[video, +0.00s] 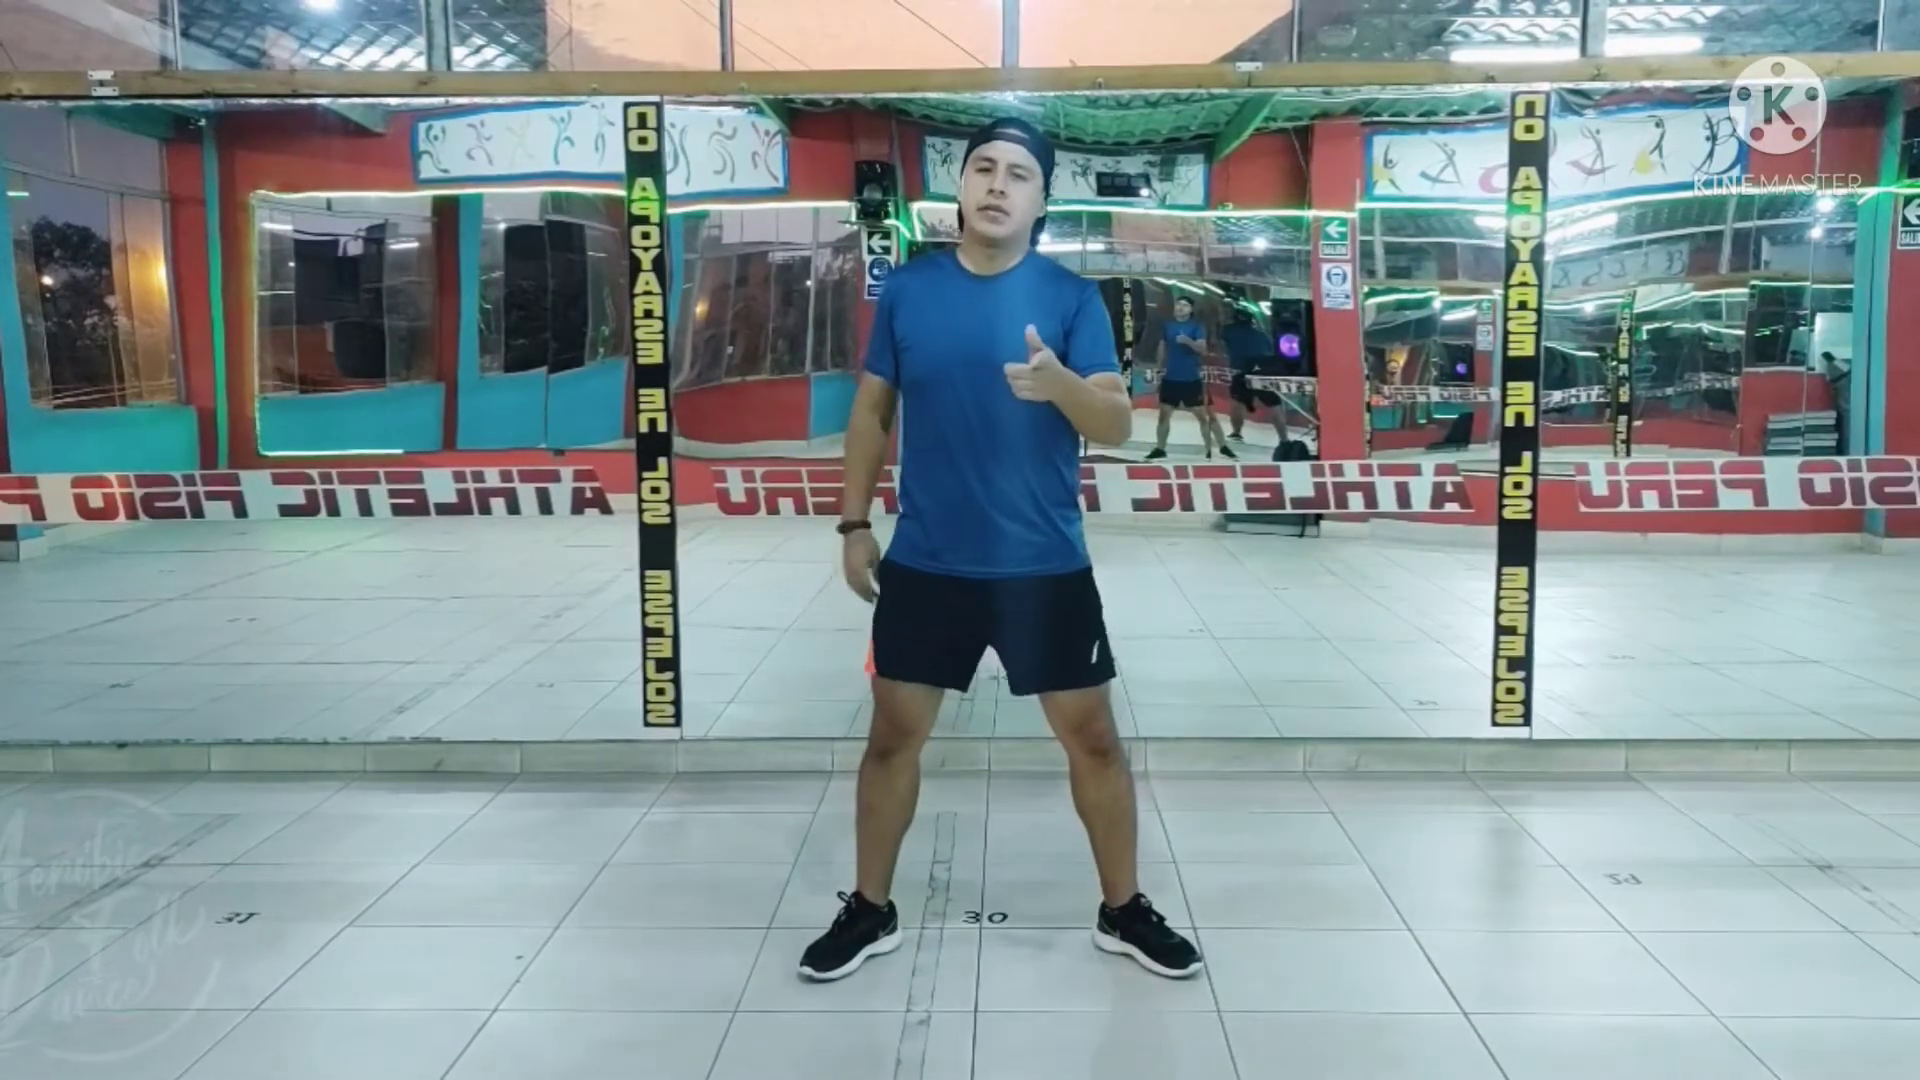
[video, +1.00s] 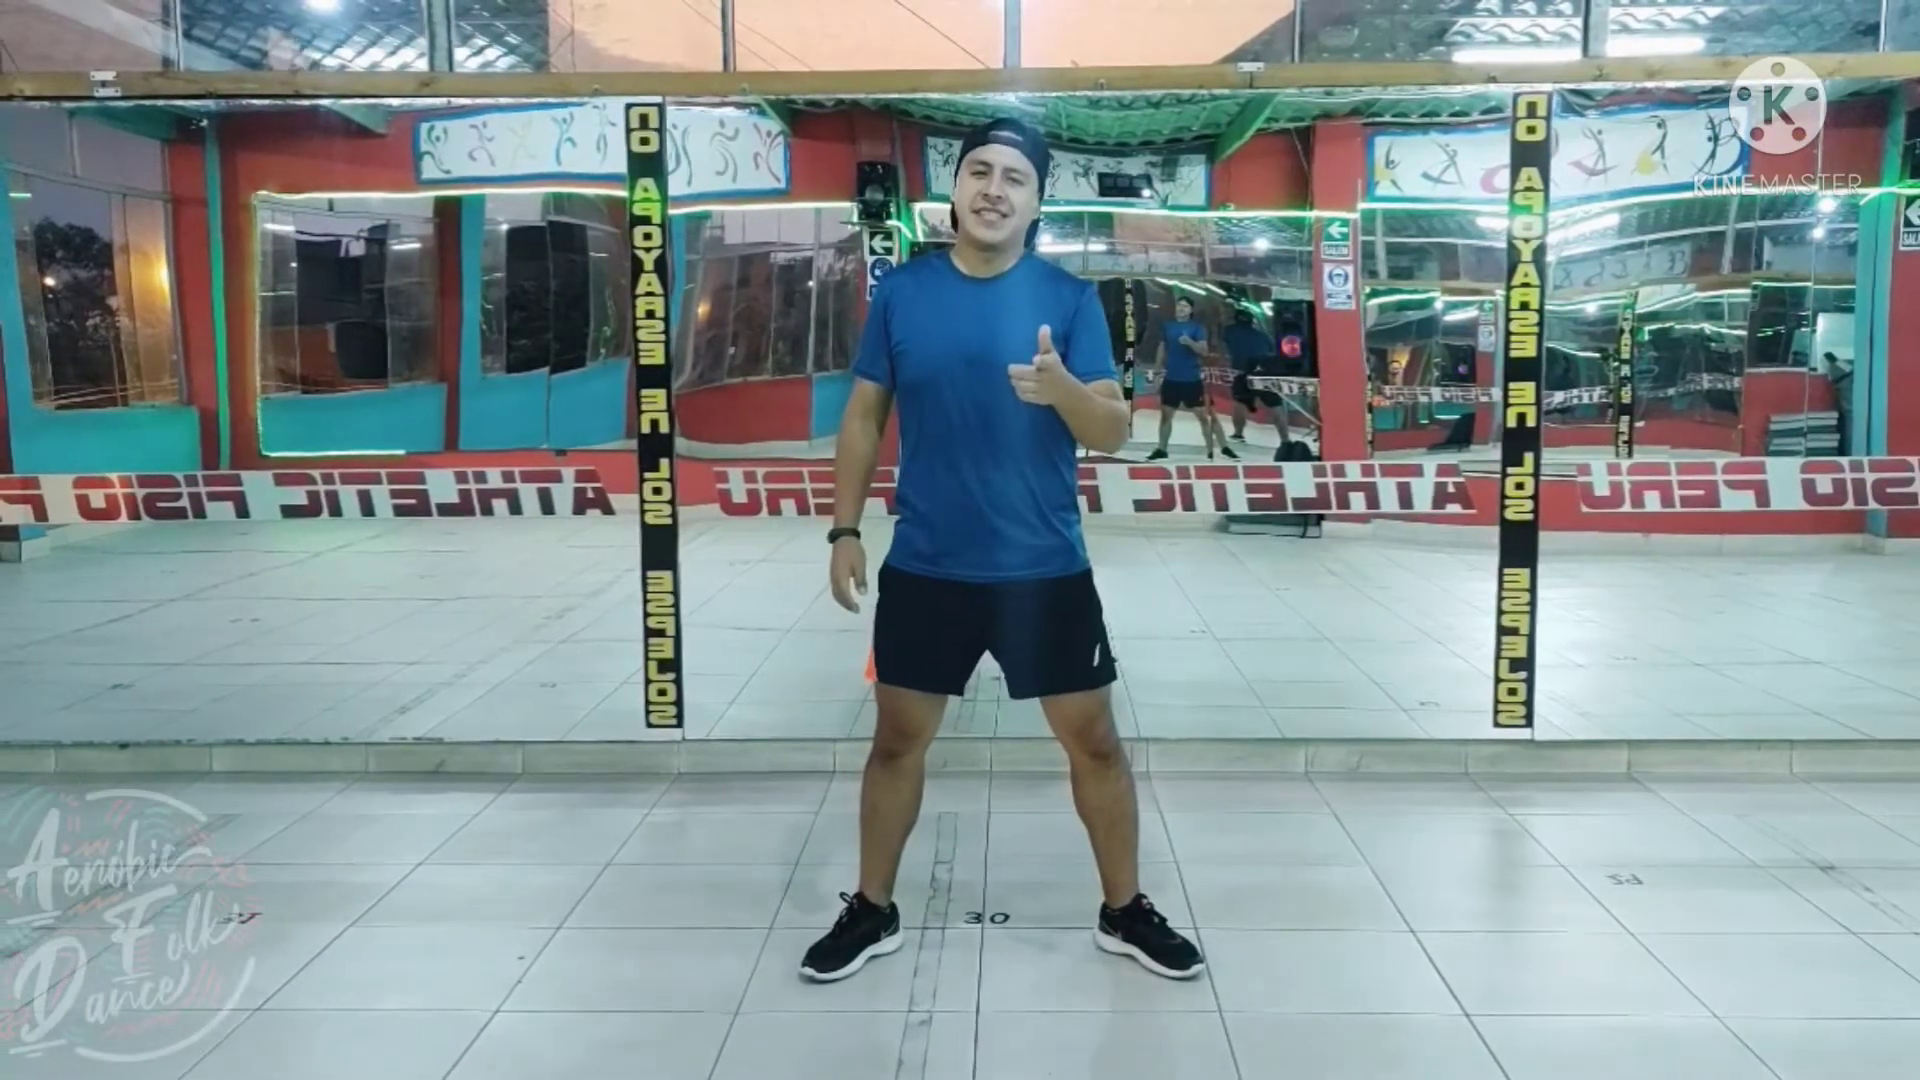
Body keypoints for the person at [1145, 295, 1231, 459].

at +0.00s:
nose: (1180, 308)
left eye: (1184, 305)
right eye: (1178, 305)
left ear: (1191, 309)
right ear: (1174, 308)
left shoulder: (1197, 327)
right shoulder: (1168, 326)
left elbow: (1203, 349)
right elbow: (1162, 347)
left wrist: (1189, 342)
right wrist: (1159, 367)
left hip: (1191, 378)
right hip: (1171, 377)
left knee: (1203, 416)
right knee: (1164, 414)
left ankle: (1209, 449)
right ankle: (1160, 447)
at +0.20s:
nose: (1180, 308)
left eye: (1184, 306)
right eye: (1178, 305)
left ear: (1191, 309)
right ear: (1174, 308)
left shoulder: (1197, 327)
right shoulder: (1168, 326)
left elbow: (1202, 349)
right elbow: (1161, 347)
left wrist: (1188, 342)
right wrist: (1155, 368)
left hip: (1191, 378)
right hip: (1170, 377)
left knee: (1202, 416)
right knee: (1164, 414)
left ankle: (1209, 449)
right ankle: (1160, 448)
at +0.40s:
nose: (1180, 308)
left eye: (1184, 306)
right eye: (1178, 305)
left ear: (1190, 309)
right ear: (1174, 308)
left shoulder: (1197, 327)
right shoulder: (1167, 326)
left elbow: (1203, 349)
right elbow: (1161, 347)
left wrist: (1189, 342)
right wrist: (1154, 369)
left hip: (1191, 379)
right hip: (1171, 378)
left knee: (1202, 416)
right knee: (1164, 415)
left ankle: (1210, 450)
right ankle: (1161, 448)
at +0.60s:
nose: (1181, 308)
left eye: (1184, 306)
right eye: (1179, 305)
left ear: (1191, 310)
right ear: (1175, 308)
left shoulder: (1197, 328)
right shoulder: (1167, 326)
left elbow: (1203, 349)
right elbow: (1161, 347)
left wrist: (1189, 343)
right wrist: (1156, 368)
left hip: (1192, 379)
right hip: (1171, 378)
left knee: (1202, 416)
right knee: (1165, 415)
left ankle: (1210, 450)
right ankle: (1161, 448)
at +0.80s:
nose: (1181, 309)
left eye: (1185, 306)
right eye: (1179, 306)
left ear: (1191, 310)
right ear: (1175, 308)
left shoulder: (1198, 328)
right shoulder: (1167, 327)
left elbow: (1203, 350)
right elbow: (1162, 347)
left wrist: (1190, 343)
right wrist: (1157, 368)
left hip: (1192, 379)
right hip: (1171, 378)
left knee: (1203, 416)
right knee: (1165, 415)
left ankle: (1210, 450)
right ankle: (1161, 448)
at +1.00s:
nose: (1181, 309)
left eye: (1185, 306)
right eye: (1179, 306)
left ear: (1191, 310)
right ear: (1175, 308)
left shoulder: (1198, 328)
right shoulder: (1167, 327)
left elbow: (1204, 350)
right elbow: (1162, 347)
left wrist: (1190, 343)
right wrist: (1157, 368)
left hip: (1192, 379)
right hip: (1172, 378)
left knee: (1203, 416)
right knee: (1165, 415)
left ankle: (1211, 450)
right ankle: (1162, 448)